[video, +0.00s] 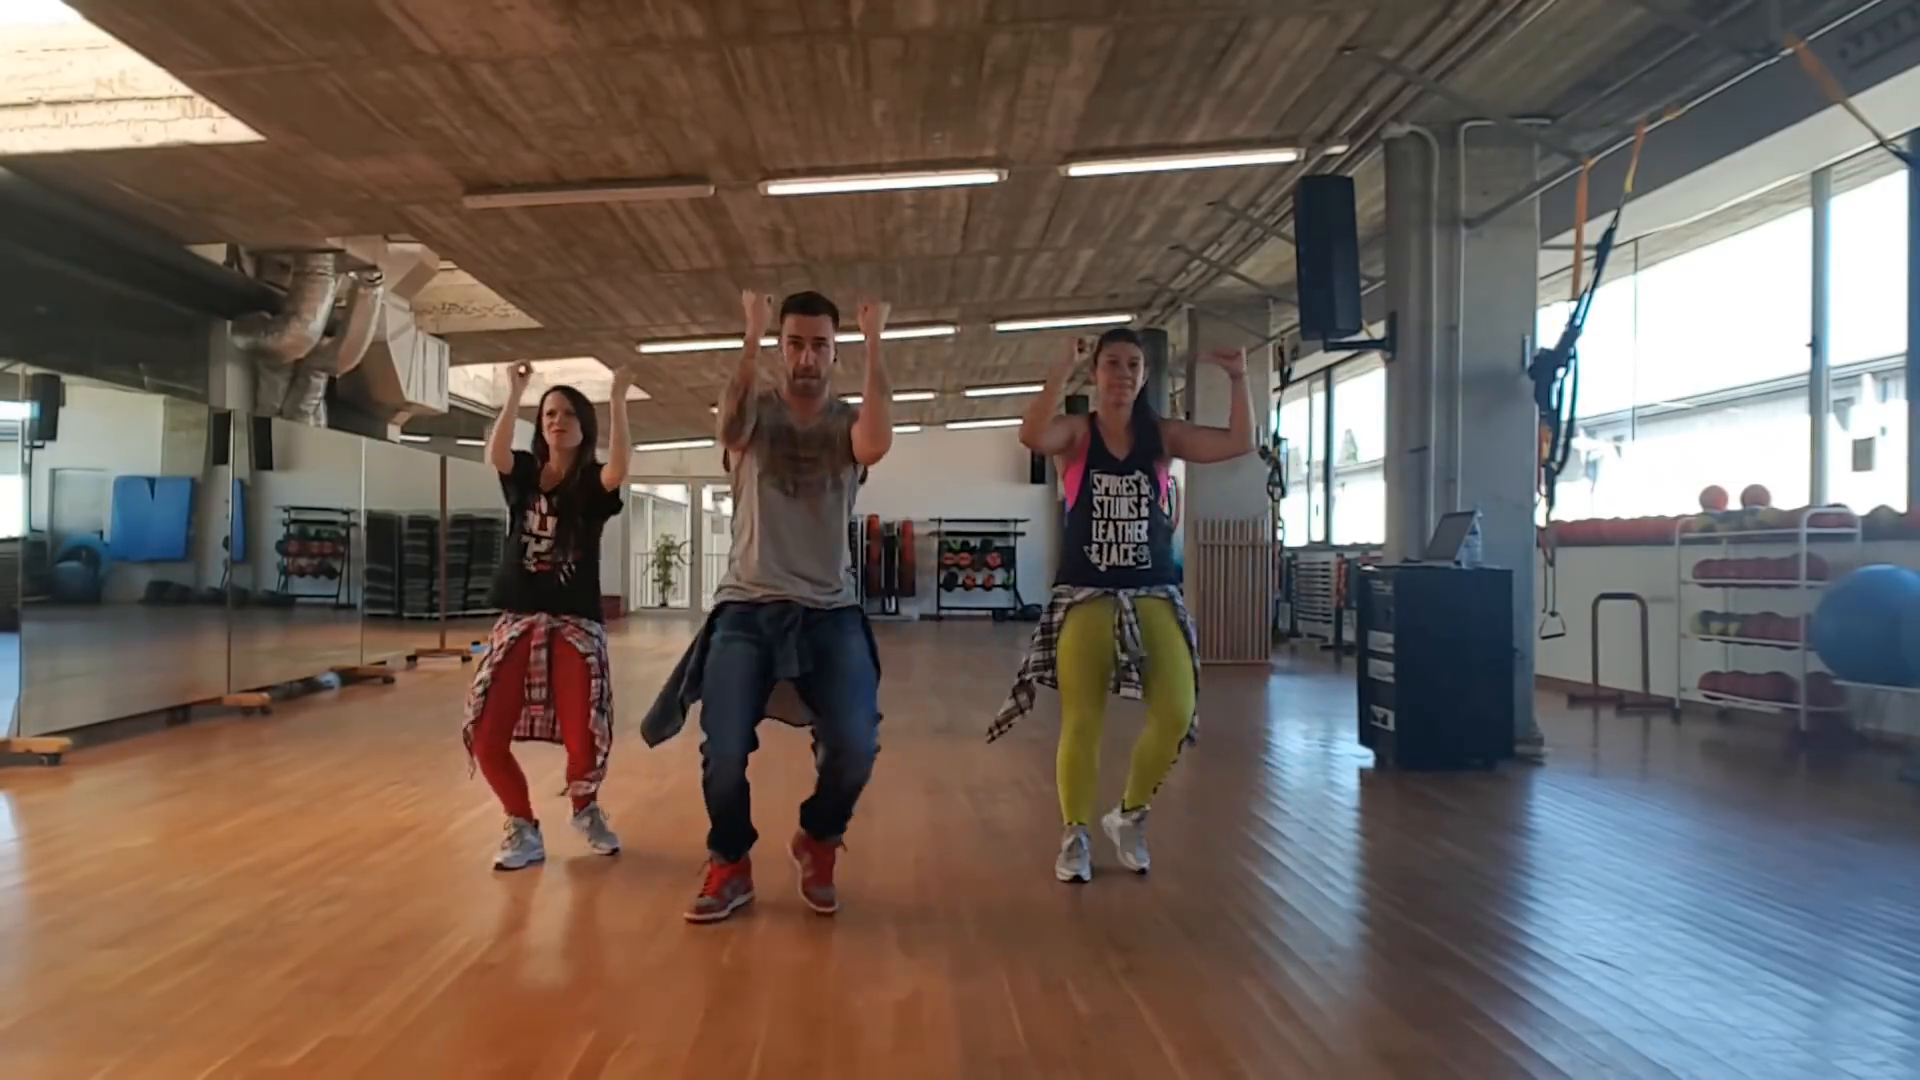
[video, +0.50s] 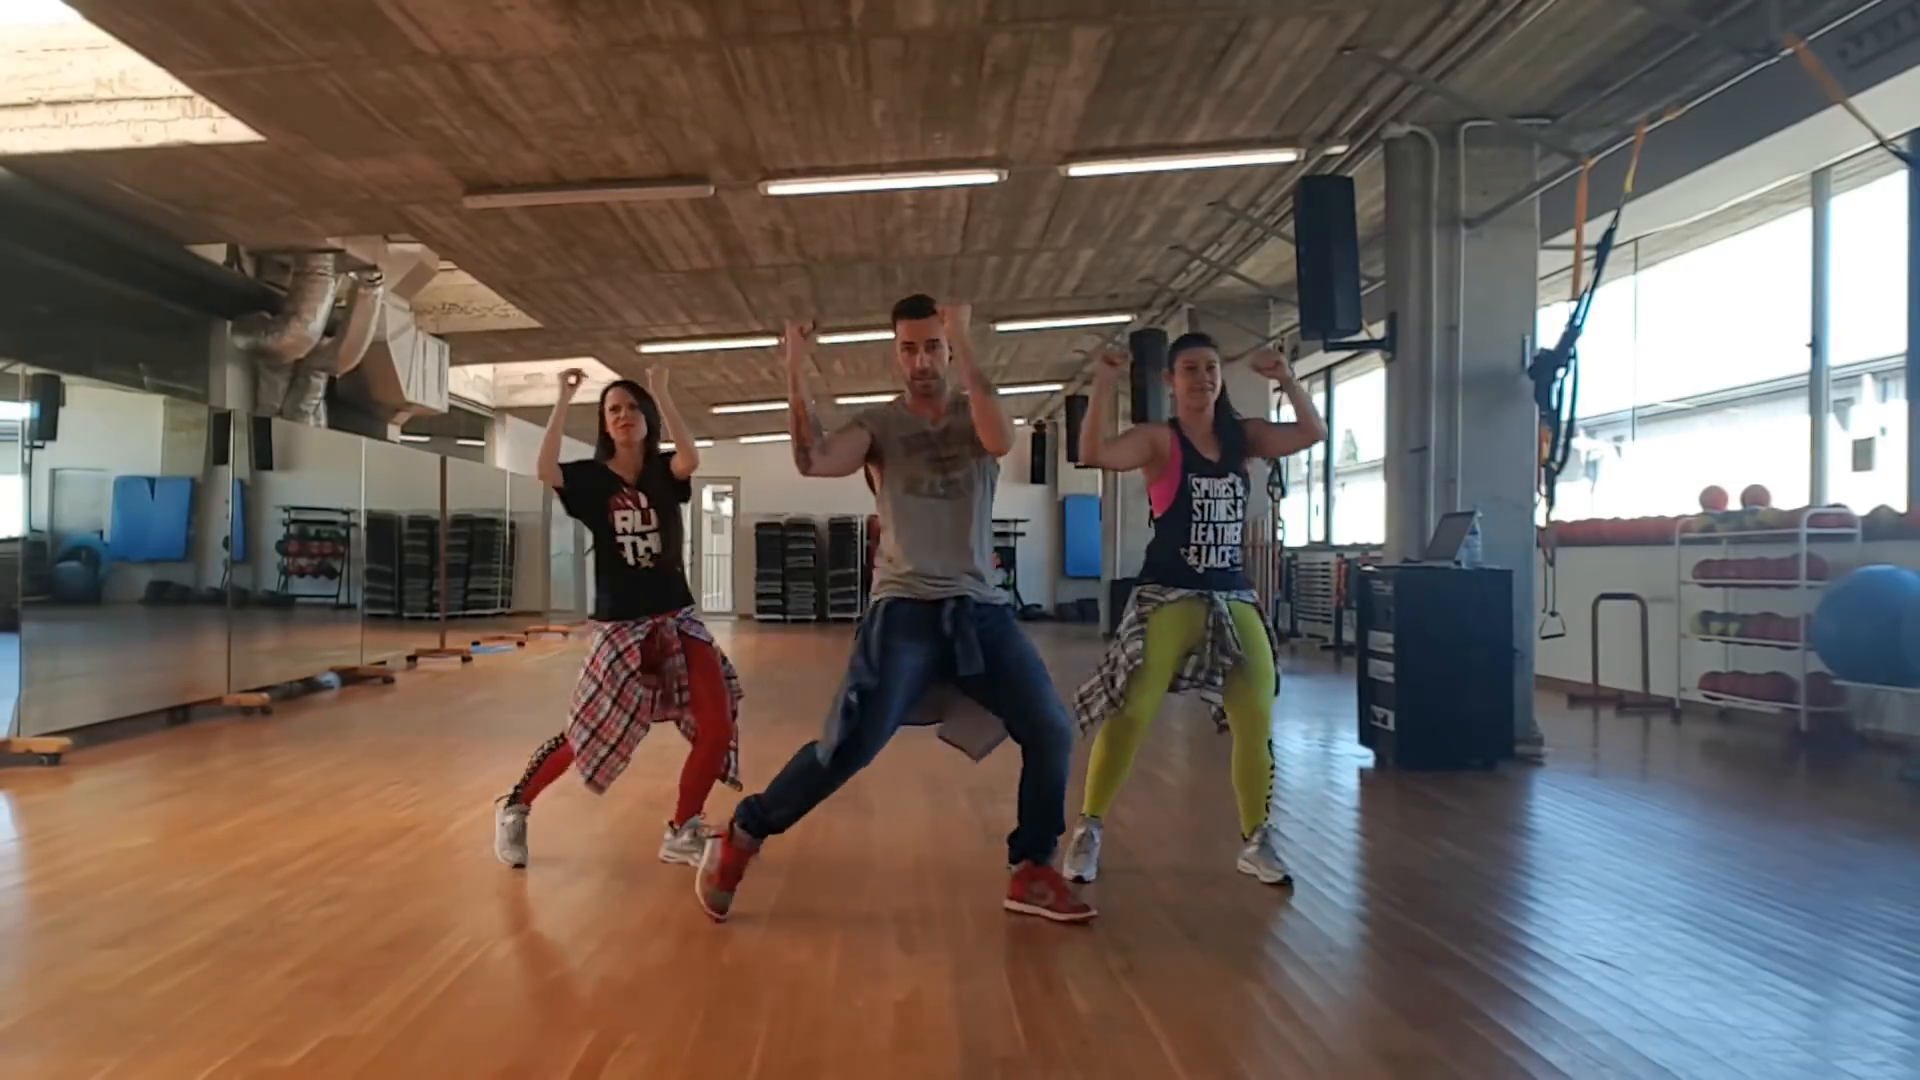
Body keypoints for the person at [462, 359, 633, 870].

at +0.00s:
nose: (558, 421)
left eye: (567, 414)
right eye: (549, 415)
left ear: (586, 425)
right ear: (539, 426)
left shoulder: (594, 484)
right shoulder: (525, 474)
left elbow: (619, 470)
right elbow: (497, 454)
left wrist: (616, 403)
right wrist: (514, 395)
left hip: (575, 617)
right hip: (518, 615)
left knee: (582, 727)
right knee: (487, 738)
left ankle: (586, 810)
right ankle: (524, 831)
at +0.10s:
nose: (565, 414)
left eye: (575, 407)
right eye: (557, 408)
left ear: (594, 421)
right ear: (547, 420)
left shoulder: (599, 477)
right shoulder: (526, 466)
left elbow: (623, 464)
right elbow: (491, 442)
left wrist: (617, 401)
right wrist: (510, 375)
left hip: (588, 619)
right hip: (528, 616)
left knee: (621, 735)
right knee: (491, 734)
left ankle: (588, 807)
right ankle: (522, 830)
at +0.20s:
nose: (576, 411)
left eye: (585, 404)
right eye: (567, 405)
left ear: (602, 415)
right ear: (556, 415)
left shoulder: (609, 475)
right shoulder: (531, 466)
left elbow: (635, 462)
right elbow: (486, 447)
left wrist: (622, 394)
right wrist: (511, 379)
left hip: (601, 617)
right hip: (541, 616)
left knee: (654, 714)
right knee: (518, 720)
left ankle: (617, 813)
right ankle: (507, 825)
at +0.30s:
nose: (590, 413)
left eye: (599, 406)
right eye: (579, 407)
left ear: (614, 417)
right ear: (569, 418)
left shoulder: (628, 475)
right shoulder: (546, 472)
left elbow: (649, 463)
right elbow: (497, 462)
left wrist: (635, 398)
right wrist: (521, 392)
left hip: (619, 623)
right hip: (562, 624)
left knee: (677, 707)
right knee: (547, 736)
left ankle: (668, 831)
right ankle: (493, 819)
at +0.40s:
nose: (607, 420)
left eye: (615, 412)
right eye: (597, 413)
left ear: (631, 422)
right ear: (585, 425)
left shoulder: (645, 479)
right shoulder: (569, 480)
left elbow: (666, 465)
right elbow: (525, 476)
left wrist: (647, 402)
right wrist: (544, 405)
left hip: (651, 626)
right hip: (595, 631)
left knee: (703, 722)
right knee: (559, 732)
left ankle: (681, 837)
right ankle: (490, 817)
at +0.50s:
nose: (623, 416)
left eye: (631, 409)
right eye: (613, 411)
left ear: (648, 420)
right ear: (604, 425)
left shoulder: (664, 473)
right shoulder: (591, 477)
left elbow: (688, 459)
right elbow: (546, 470)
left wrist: (662, 396)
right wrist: (563, 402)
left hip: (678, 618)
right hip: (621, 624)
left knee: (716, 725)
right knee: (591, 733)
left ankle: (682, 831)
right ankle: (515, 806)